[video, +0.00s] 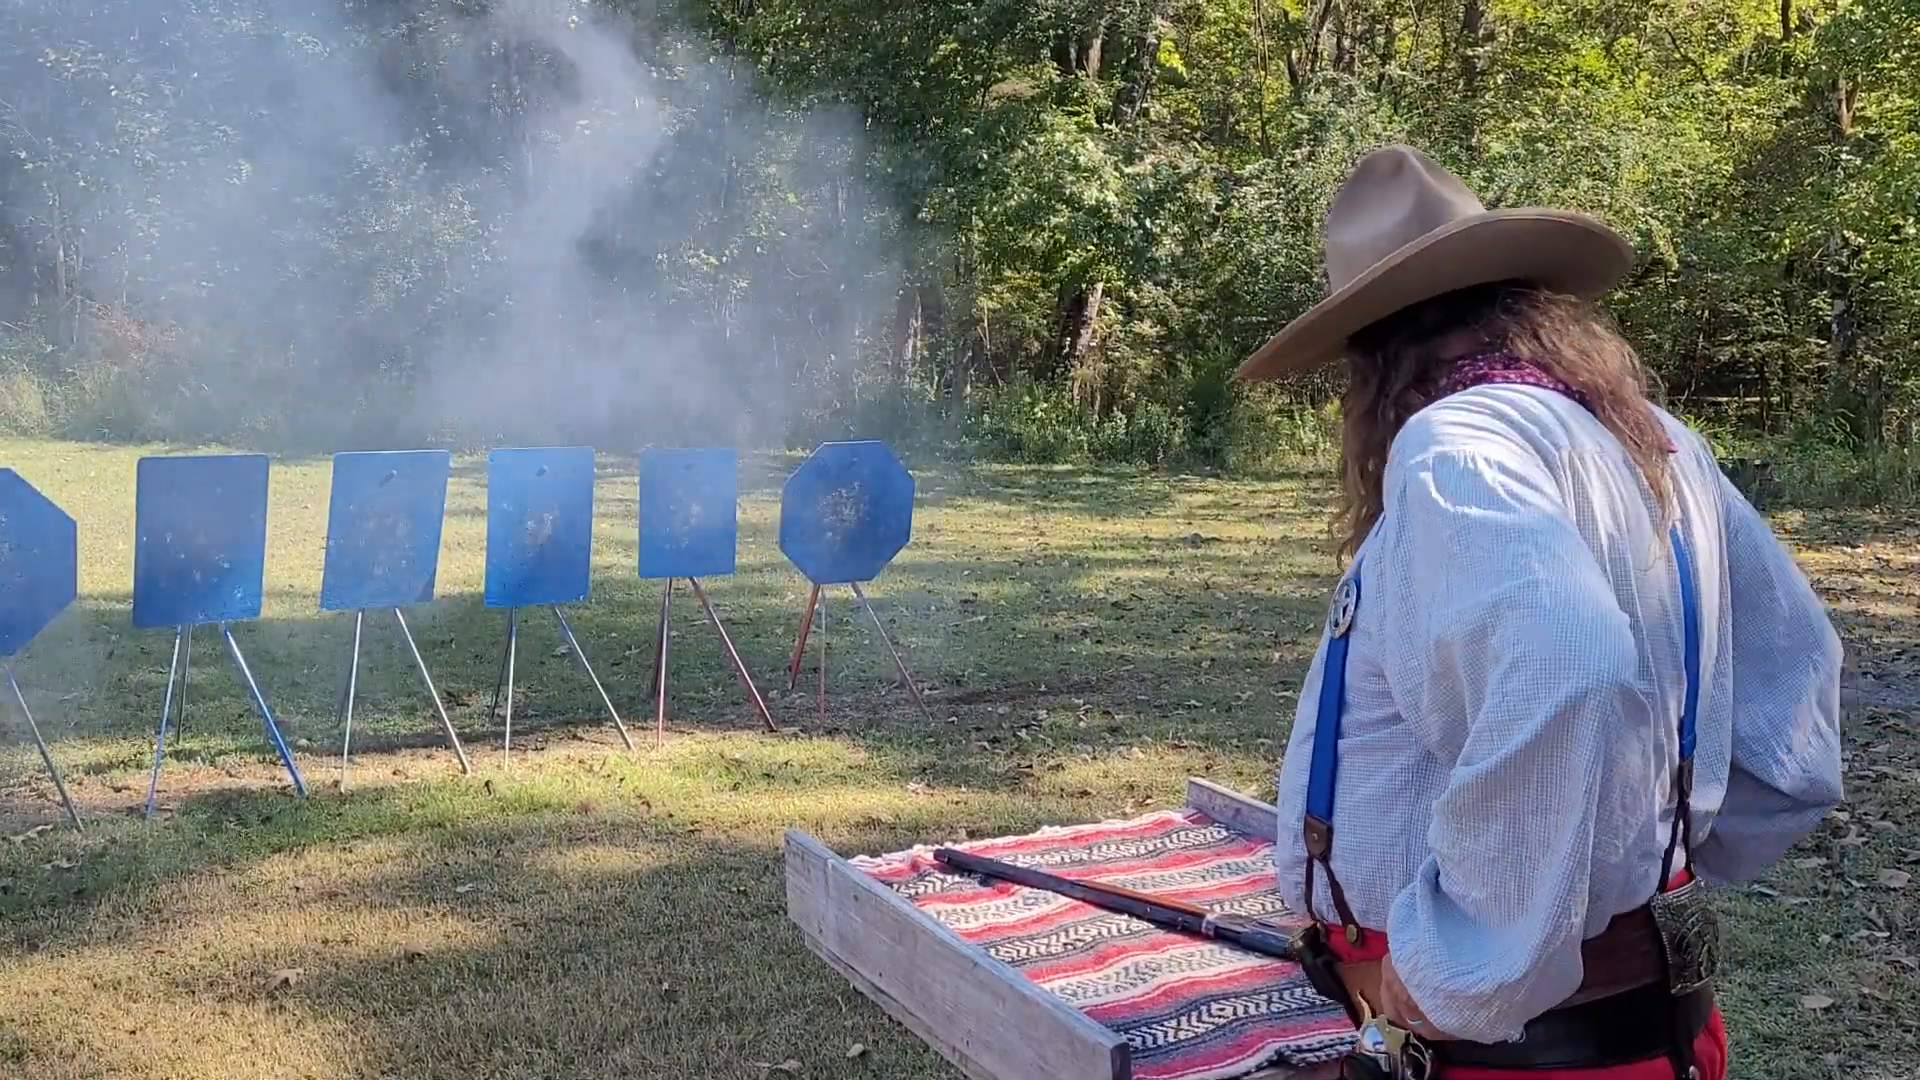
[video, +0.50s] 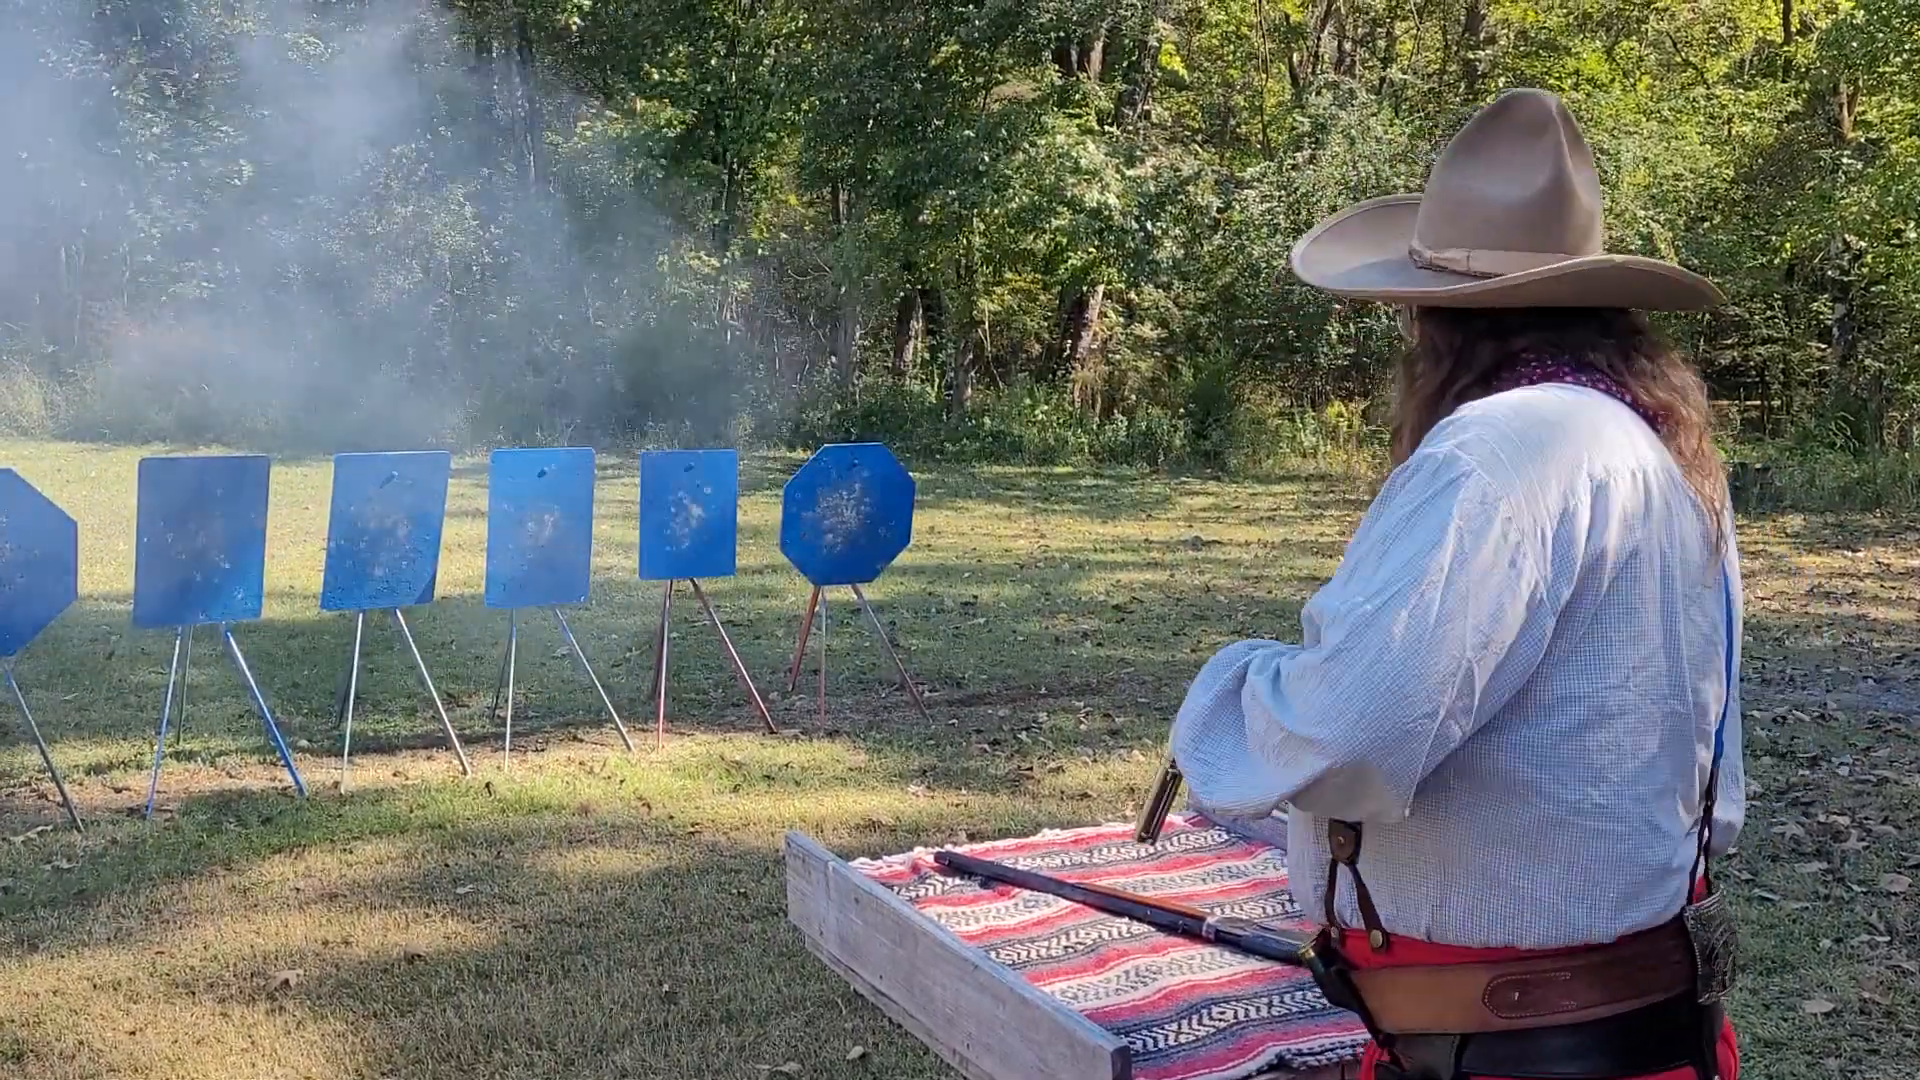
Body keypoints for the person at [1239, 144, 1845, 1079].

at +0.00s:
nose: (1352, 391)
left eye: (1352, 365)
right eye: (1347, 367)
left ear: (1385, 354)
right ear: (1528, 305)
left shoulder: (1453, 446)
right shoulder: (1663, 441)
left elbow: (1566, 672)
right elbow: (1798, 740)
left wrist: (1446, 974)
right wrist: (1668, 855)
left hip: (1503, 1039)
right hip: (1664, 1001)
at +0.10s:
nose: (1357, 375)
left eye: (1359, 348)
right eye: (1354, 349)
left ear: (1391, 345)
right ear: (1535, 304)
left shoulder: (1461, 442)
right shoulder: (1666, 438)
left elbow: (1569, 648)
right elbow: (1813, 686)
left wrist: (1429, 912)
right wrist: (1673, 829)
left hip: (1503, 1027)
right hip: (1659, 993)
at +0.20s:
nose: (1366, 357)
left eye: (1372, 328)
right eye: (1367, 327)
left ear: (1409, 328)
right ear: (1538, 299)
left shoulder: (1470, 431)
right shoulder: (1665, 439)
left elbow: (1562, 608)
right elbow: (1806, 660)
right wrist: (1669, 774)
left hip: (1479, 1034)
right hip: (1643, 1003)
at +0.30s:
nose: (1372, 348)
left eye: (1381, 321)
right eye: (1373, 320)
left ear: (1427, 321)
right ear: (1551, 301)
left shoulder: (1484, 423)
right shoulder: (1675, 447)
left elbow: (1496, 598)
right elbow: (1751, 677)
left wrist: (1271, 678)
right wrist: (1668, 803)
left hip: (1482, 1028)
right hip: (1641, 995)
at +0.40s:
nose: (1393, 335)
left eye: (1404, 309)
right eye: (1395, 308)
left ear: (1446, 312)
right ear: (1574, 297)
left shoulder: (1497, 433)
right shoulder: (1679, 451)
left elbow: (1408, 665)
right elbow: (1711, 781)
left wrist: (1238, 662)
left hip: (1482, 1031)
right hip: (1635, 1000)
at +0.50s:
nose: (1406, 328)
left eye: (1417, 305)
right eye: (1410, 303)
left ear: (1457, 315)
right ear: (1589, 307)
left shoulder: (1503, 453)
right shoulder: (1665, 454)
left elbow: (1354, 737)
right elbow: (1709, 791)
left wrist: (1234, 683)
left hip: (1497, 1038)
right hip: (1639, 1006)